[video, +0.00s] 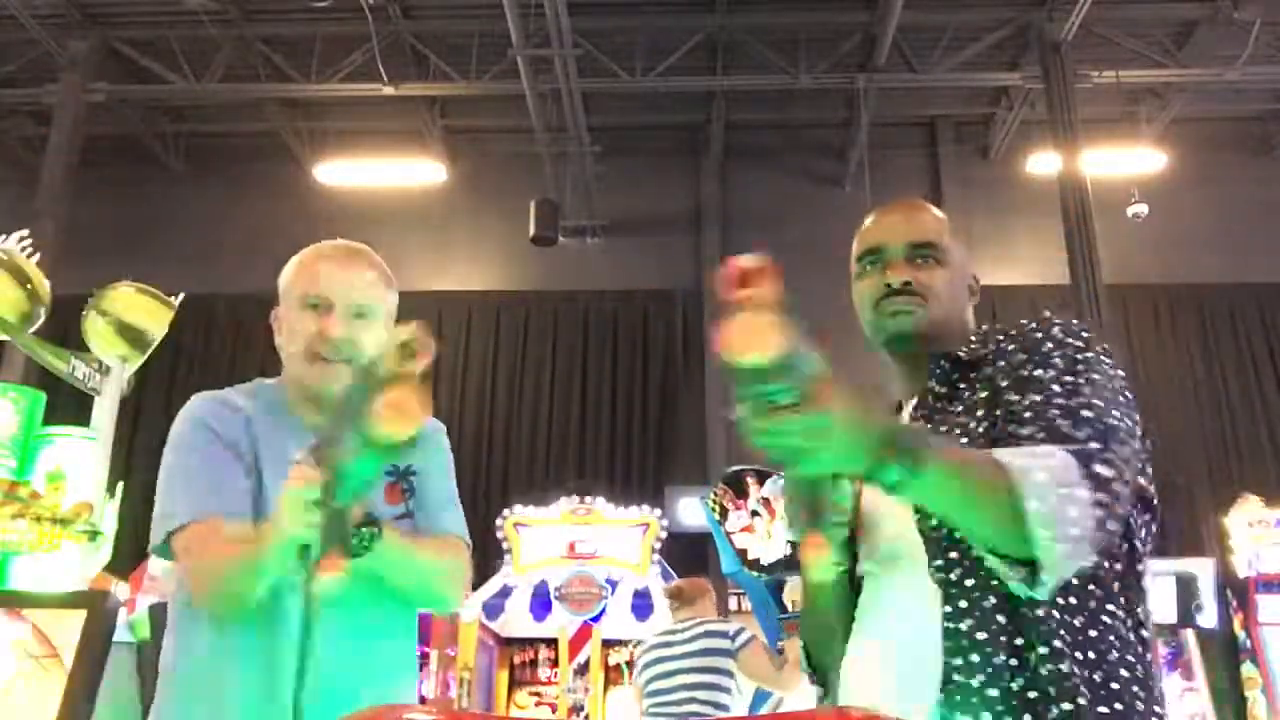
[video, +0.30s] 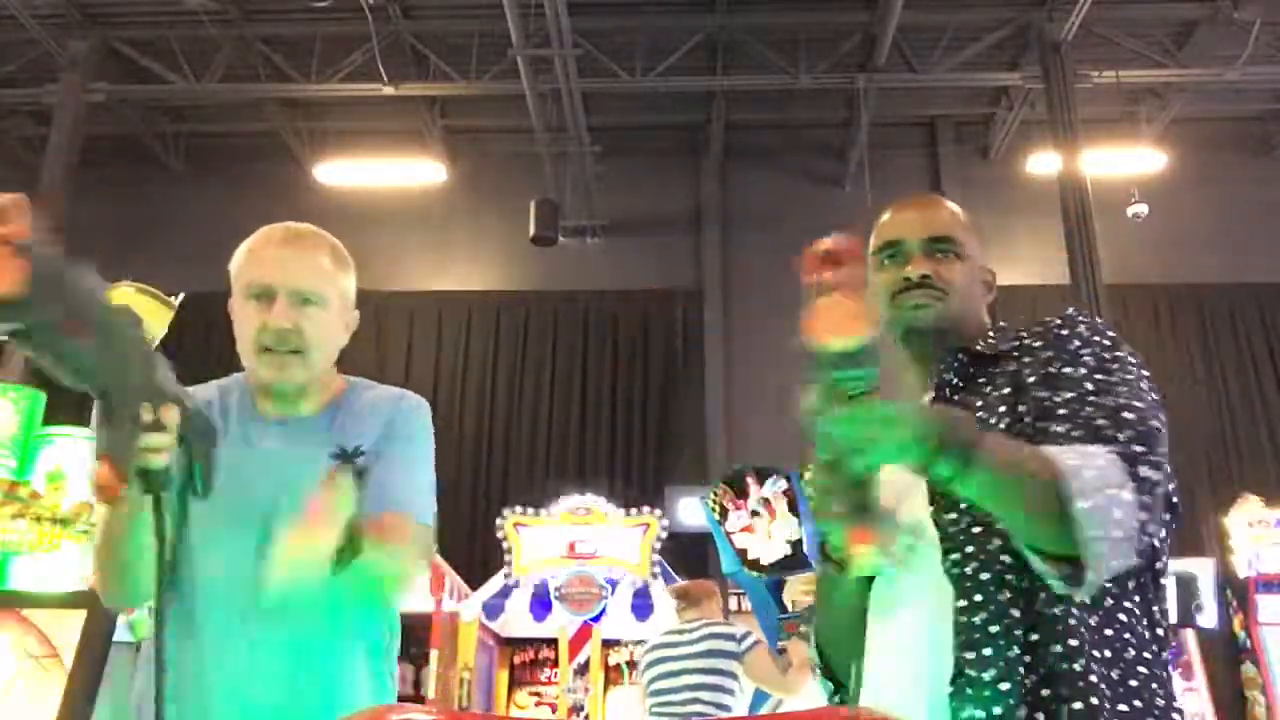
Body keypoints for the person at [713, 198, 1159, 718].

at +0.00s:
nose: (896, 274)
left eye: (924, 257)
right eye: (872, 263)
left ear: (972, 281)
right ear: (853, 301)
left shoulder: (1052, 352)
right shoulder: (873, 443)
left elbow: (1072, 522)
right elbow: (836, 664)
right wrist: (818, 532)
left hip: (1060, 701)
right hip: (899, 704)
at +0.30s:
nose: (915, 269)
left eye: (942, 251)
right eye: (892, 256)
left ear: (987, 284)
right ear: (871, 293)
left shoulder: (1072, 349)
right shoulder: (875, 426)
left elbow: (1114, 522)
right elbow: (849, 670)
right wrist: (843, 538)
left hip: (1088, 698)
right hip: (931, 704)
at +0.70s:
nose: (945, 274)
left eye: (969, 257)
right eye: (916, 259)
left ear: (1002, 288)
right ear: (885, 297)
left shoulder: (1091, 360)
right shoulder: (872, 429)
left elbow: (1106, 514)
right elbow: (856, 667)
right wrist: (852, 537)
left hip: (1083, 701)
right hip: (919, 706)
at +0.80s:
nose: (944, 274)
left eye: (968, 257)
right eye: (916, 261)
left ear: (1005, 286)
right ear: (887, 302)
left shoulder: (1089, 359)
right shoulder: (902, 447)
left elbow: (1037, 487)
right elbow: (871, 666)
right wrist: (845, 551)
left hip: (1088, 697)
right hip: (933, 702)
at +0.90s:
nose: (943, 276)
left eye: (966, 258)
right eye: (915, 265)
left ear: (1006, 288)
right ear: (888, 306)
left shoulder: (1092, 355)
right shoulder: (901, 446)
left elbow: (1055, 493)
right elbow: (879, 669)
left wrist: (861, 428)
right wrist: (850, 553)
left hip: (1097, 698)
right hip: (936, 705)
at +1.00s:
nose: (947, 271)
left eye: (971, 256)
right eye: (919, 261)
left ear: (1009, 286)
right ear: (892, 302)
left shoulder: (1099, 352)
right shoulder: (900, 434)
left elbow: (1098, 515)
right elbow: (879, 669)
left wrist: (919, 434)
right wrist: (856, 515)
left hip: (1098, 701)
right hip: (938, 705)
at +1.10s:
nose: (949, 273)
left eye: (974, 255)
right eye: (923, 259)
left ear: (1012, 287)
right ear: (898, 296)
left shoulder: (1103, 358)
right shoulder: (901, 423)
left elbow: (1131, 531)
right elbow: (870, 666)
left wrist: (963, 437)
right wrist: (871, 535)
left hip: (1126, 696)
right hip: (946, 703)